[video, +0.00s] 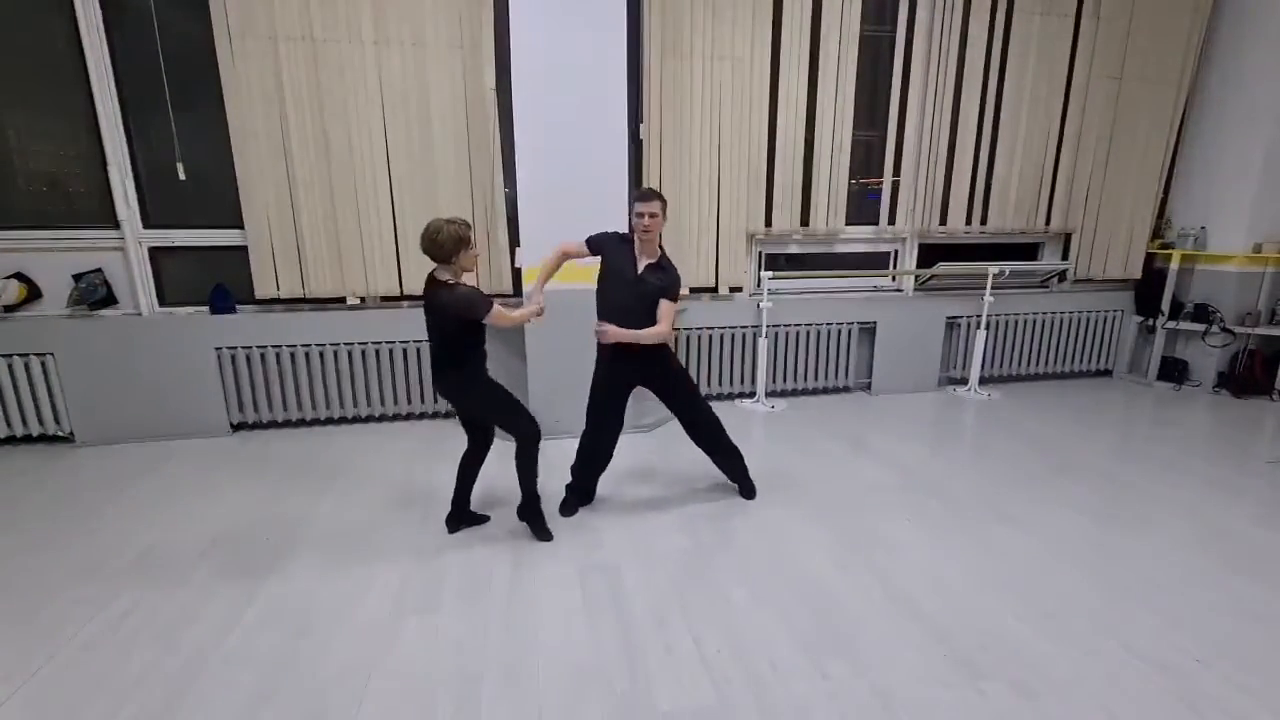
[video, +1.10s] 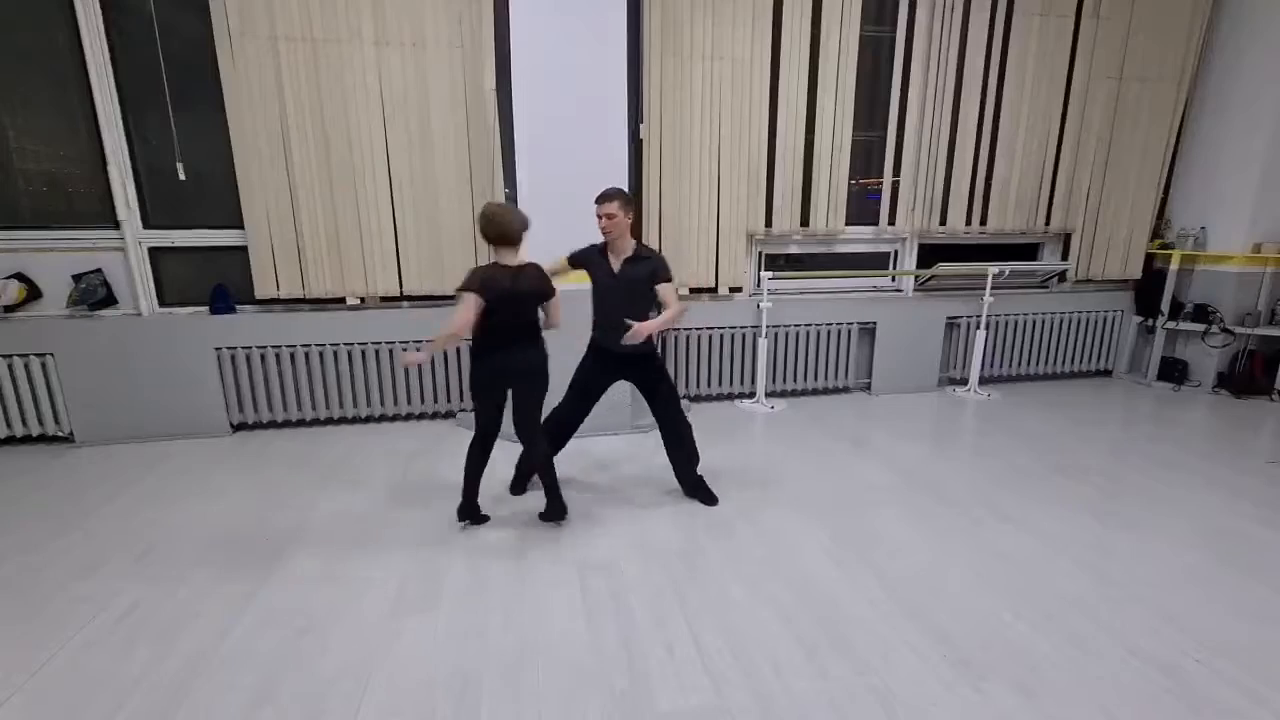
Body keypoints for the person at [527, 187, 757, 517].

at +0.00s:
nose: (645, 222)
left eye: (652, 216)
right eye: (639, 216)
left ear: (663, 220)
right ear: (630, 218)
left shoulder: (668, 275)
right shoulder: (611, 244)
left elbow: (664, 331)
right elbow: (563, 252)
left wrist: (620, 333)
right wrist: (536, 289)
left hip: (655, 357)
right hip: (613, 357)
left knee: (697, 415)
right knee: (599, 427)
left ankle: (739, 474)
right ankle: (578, 491)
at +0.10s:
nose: (650, 221)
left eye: (656, 215)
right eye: (643, 215)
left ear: (667, 219)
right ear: (634, 219)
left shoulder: (678, 270)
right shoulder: (617, 250)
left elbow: (687, 324)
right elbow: (564, 248)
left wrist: (646, 332)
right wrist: (541, 286)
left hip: (655, 358)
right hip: (615, 357)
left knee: (699, 418)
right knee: (597, 427)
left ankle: (711, 478)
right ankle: (577, 492)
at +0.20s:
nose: (654, 221)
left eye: (660, 214)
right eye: (647, 215)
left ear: (671, 218)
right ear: (638, 220)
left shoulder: (693, 264)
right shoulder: (627, 257)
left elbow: (711, 307)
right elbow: (574, 262)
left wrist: (681, 336)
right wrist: (556, 294)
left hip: (664, 359)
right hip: (624, 354)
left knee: (693, 429)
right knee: (589, 419)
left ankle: (690, 479)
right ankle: (568, 490)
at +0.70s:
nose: (630, 220)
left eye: (636, 212)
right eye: (623, 214)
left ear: (650, 214)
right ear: (617, 218)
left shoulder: (668, 251)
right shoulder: (614, 262)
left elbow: (673, 289)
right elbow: (582, 299)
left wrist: (687, 312)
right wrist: (543, 307)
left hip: (668, 351)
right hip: (633, 353)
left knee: (687, 418)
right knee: (595, 414)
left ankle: (693, 478)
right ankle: (544, 478)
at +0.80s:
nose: (616, 222)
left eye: (623, 214)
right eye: (612, 216)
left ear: (643, 214)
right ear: (610, 220)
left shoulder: (671, 251)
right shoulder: (611, 264)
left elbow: (693, 283)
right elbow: (594, 317)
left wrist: (699, 312)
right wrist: (566, 322)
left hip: (664, 351)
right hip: (626, 353)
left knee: (684, 418)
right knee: (591, 415)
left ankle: (692, 478)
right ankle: (541, 481)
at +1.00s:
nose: (604, 227)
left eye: (610, 219)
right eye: (601, 221)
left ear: (631, 218)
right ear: (602, 223)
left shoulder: (665, 255)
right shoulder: (604, 265)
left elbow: (695, 296)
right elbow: (586, 307)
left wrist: (677, 317)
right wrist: (578, 331)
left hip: (652, 352)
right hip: (611, 350)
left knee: (677, 416)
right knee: (573, 410)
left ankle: (691, 479)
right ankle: (533, 470)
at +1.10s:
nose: (603, 223)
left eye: (610, 217)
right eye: (600, 217)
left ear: (630, 217)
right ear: (597, 220)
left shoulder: (651, 260)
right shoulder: (591, 255)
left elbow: (675, 308)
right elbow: (550, 272)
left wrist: (650, 326)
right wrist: (520, 286)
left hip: (642, 356)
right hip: (602, 354)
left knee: (673, 418)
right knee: (568, 413)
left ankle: (691, 478)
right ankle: (527, 466)